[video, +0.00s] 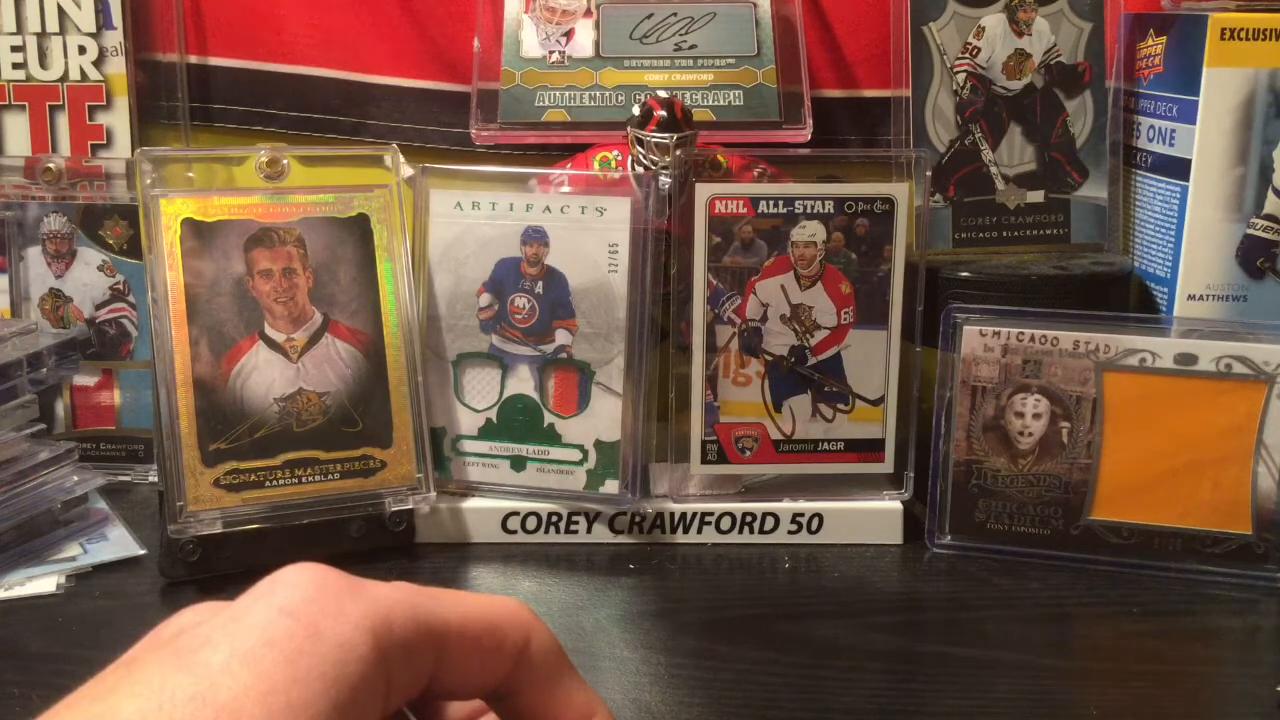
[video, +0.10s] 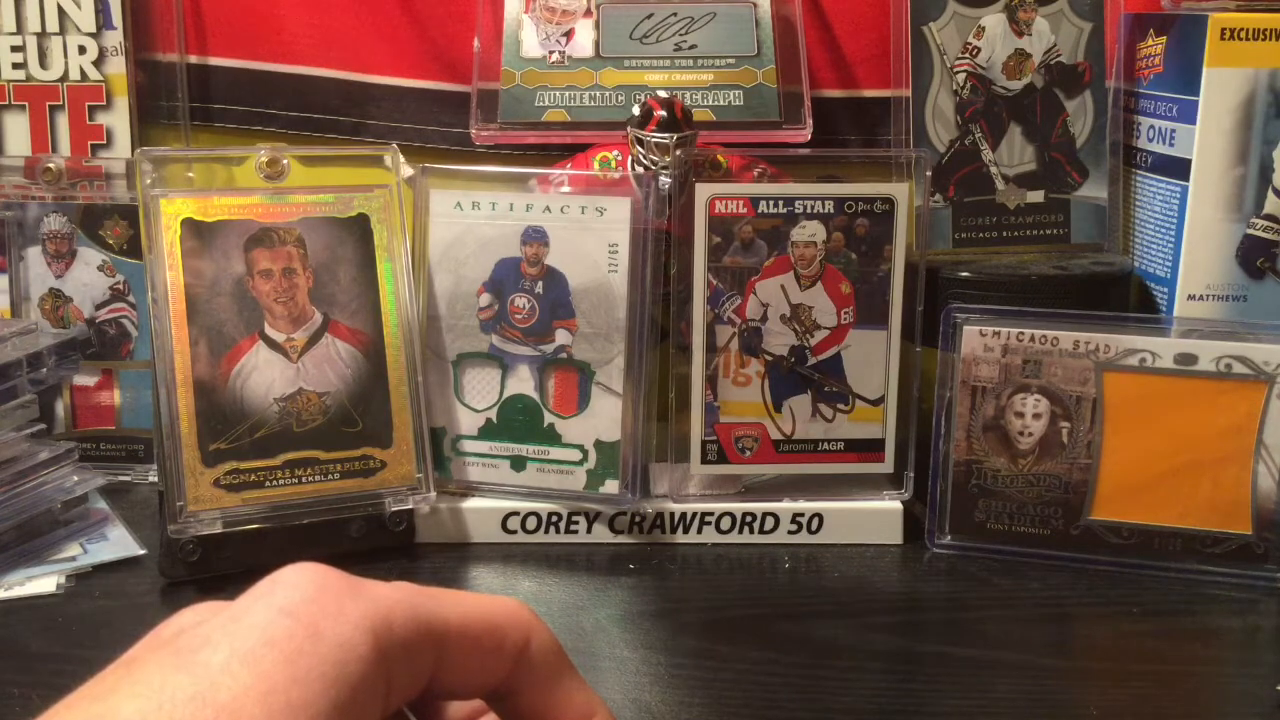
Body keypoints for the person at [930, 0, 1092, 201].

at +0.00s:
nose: (1029, 16)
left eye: (1033, 10)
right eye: (1024, 10)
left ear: (1037, 11)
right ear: (1010, 9)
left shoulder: (1041, 27)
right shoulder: (990, 26)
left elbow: (1050, 63)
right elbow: (965, 62)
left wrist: (1069, 75)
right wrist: (969, 97)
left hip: (1025, 92)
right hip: (992, 93)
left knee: (1055, 118)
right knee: (981, 136)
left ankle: (1063, 173)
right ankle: (942, 183)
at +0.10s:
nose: (1029, 16)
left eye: (1033, 10)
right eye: (1024, 10)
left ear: (1037, 10)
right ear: (1011, 9)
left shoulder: (1041, 27)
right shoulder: (991, 26)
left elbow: (1050, 63)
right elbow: (965, 62)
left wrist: (1070, 75)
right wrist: (969, 97)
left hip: (1025, 92)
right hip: (992, 93)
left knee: (1055, 118)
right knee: (981, 137)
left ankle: (1062, 173)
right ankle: (942, 183)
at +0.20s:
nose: (1029, 16)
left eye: (1033, 10)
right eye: (1023, 10)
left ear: (1037, 10)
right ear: (1010, 9)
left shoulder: (1041, 27)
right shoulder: (990, 26)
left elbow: (1050, 63)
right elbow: (964, 62)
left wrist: (1070, 74)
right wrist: (969, 96)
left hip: (1026, 91)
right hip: (993, 93)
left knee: (1056, 121)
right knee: (979, 138)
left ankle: (1063, 175)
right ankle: (942, 185)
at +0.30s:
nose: (1029, 15)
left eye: (1033, 9)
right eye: (1023, 9)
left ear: (1037, 10)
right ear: (1010, 8)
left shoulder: (1041, 27)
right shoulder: (990, 26)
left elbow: (1050, 62)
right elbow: (964, 62)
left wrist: (1069, 73)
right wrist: (969, 96)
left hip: (1026, 91)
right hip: (993, 94)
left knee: (1056, 122)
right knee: (979, 138)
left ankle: (1062, 176)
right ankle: (943, 184)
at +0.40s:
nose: (1029, 15)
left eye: (1033, 9)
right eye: (1023, 9)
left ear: (1037, 10)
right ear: (1010, 8)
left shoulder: (1041, 27)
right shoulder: (990, 26)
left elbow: (1050, 62)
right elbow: (964, 62)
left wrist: (1069, 73)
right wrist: (969, 96)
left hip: (1027, 91)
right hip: (993, 94)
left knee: (1056, 122)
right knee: (979, 138)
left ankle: (1062, 176)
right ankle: (943, 184)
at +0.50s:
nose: (1029, 16)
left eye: (1033, 10)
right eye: (1023, 10)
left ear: (1037, 10)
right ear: (1010, 9)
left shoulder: (1041, 27)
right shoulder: (990, 26)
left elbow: (1050, 63)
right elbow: (964, 62)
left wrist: (1070, 74)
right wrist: (969, 96)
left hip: (1026, 91)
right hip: (993, 93)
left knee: (1056, 121)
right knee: (979, 138)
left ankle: (1063, 175)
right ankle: (942, 185)